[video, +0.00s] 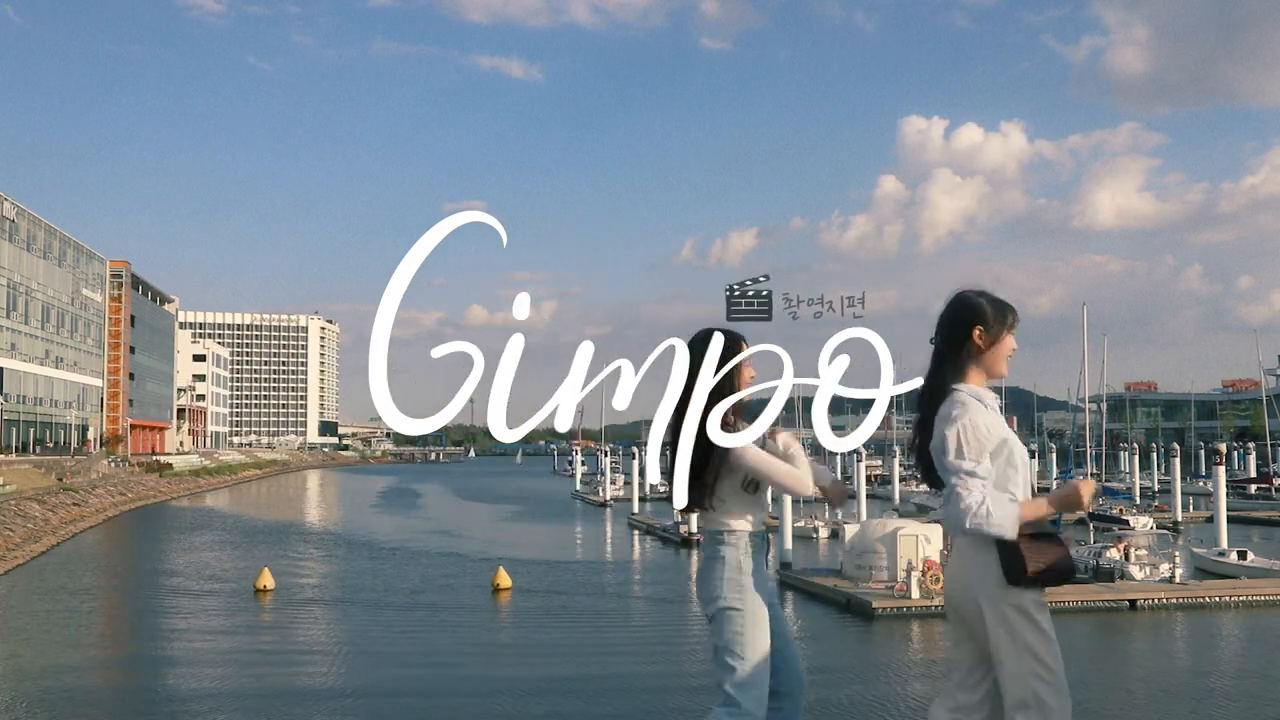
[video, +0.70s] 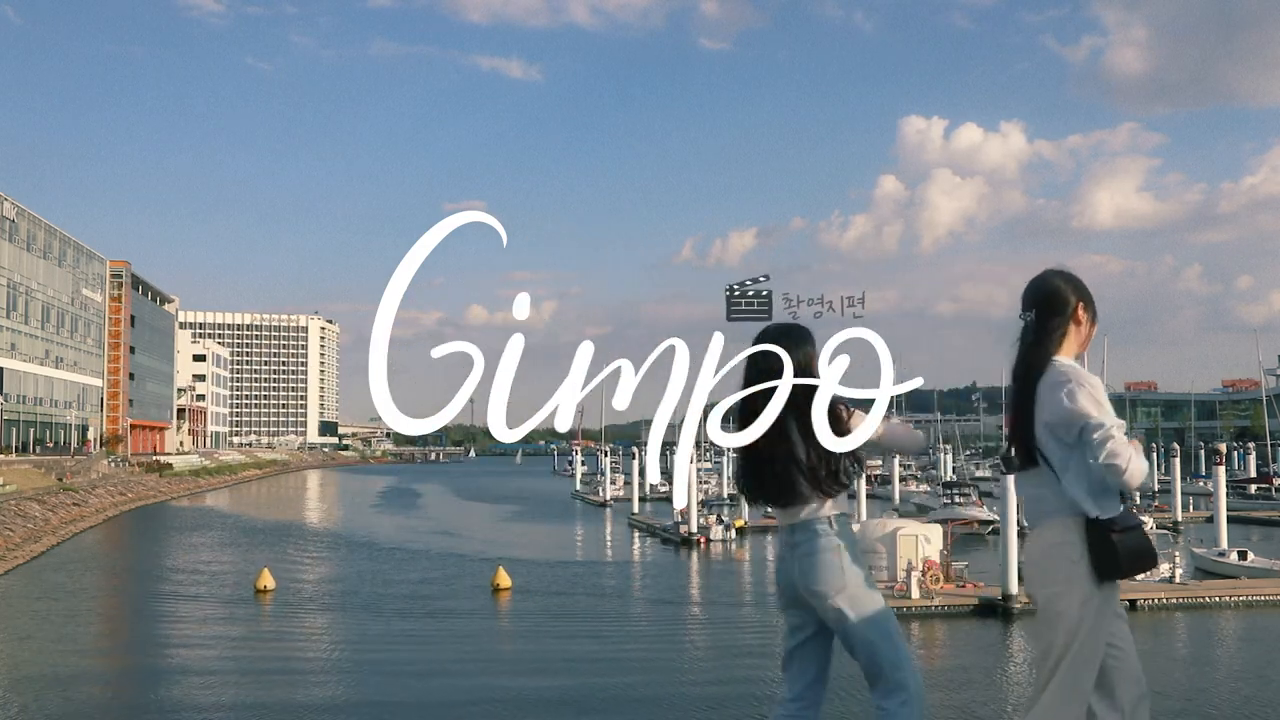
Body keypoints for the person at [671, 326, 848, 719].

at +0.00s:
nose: (752, 372)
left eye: (750, 363)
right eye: (745, 365)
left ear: (722, 373)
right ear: (723, 371)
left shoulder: (736, 426)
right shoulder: (722, 434)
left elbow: (786, 459)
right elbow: (803, 485)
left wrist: (828, 484)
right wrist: (786, 442)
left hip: (752, 562)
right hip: (733, 565)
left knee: (788, 684)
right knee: (743, 699)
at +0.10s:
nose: (763, 376)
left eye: (759, 367)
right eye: (755, 369)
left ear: (718, 383)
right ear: (738, 381)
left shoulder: (708, 442)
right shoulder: (753, 446)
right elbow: (835, 480)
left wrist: (798, 496)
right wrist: (833, 442)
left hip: (724, 582)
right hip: (747, 586)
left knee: (782, 698)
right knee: (794, 702)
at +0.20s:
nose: (774, 383)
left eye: (769, 374)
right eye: (769, 375)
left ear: (719, 385)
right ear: (762, 384)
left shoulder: (709, 441)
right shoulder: (776, 440)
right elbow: (852, 468)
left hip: (724, 582)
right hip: (759, 583)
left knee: (785, 692)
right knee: (831, 691)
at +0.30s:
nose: (781, 372)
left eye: (775, 363)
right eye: (775, 363)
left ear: (721, 370)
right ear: (770, 369)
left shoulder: (711, 424)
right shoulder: (782, 423)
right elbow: (852, 453)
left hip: (735, 560)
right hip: (777, 557)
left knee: (781, 692)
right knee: (850, 672)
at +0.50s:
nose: (795, 371)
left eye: (791, 365)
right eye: (791, 364)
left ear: (730, 376)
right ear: (787, 371)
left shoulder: (728, 427)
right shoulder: (803, 419)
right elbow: (882, 465)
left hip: (765, 562)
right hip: (815, 554)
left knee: (799, 692)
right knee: (867, 684)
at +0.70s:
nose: (817, 365)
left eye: (812, 358)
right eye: (813, 357)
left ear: (756, 367)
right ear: (808, 363)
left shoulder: (755, 418)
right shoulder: (820, 410)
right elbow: (911, 438)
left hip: (790, 557)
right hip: (828, 555)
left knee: (800, 694)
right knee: (899, 682)